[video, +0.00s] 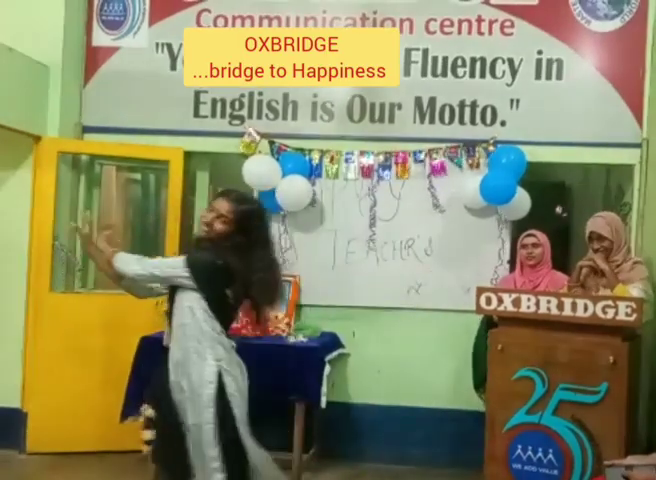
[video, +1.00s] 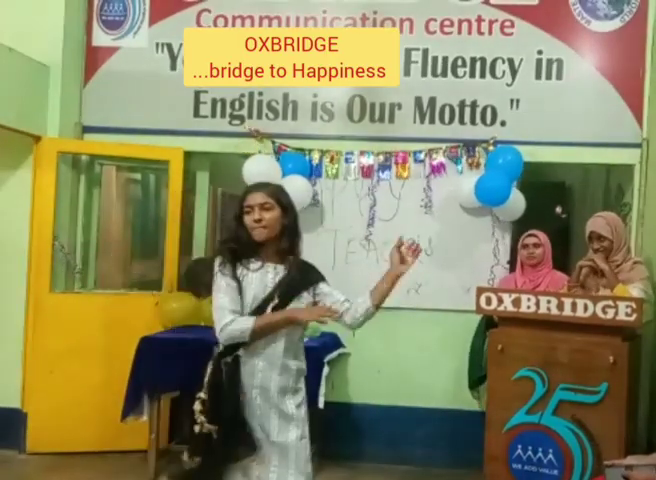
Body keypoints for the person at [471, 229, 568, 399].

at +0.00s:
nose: (530, 251)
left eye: (535, 246)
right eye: (525, 247)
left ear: (545, 250)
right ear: (518, 252)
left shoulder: (561, 282)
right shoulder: (506, 282)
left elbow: (566, 321)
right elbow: (492, 321)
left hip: (548, 352)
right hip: (511, 351)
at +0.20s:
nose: (529, 251)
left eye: (535, 246)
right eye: (524, 247)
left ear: (545, 250)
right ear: (518, 252)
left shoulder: (561, 282)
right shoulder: (506, 282)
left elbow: (566, 323)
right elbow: (491, 323)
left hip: (548, 355)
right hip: (511, 353)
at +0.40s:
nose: (529, 251)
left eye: (535, 246)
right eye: (525, 247)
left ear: (545, 250)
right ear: (518, 252)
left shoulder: (561, 282)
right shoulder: (506, 282)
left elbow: (565, 319)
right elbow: (494, 319)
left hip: (548, 351)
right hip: (511, 350)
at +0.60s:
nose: (529, 251)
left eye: (535, 246)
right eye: (524, 247)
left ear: (545, 250)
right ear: (518, 252)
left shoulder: (561, 282)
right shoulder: (506, 282)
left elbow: (566, 320)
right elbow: (494, 320)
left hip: (548, 352)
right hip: (511, 350)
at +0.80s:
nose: (530, 251)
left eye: (536, 246)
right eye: (524, 246)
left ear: (546, 250)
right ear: (518, 252)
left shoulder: (561, 281)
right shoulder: (506, 282)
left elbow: (566, 317)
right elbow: (494, 317)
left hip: (548, 347)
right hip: (512, 346)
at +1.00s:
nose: (530, 251)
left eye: (536, 246)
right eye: (525, 247)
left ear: (546, 250)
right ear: (519, 252)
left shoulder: (561, 281)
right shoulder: (506, 282)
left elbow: (565, 319)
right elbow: (493, 320)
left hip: (548, 349)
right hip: (512, 349)